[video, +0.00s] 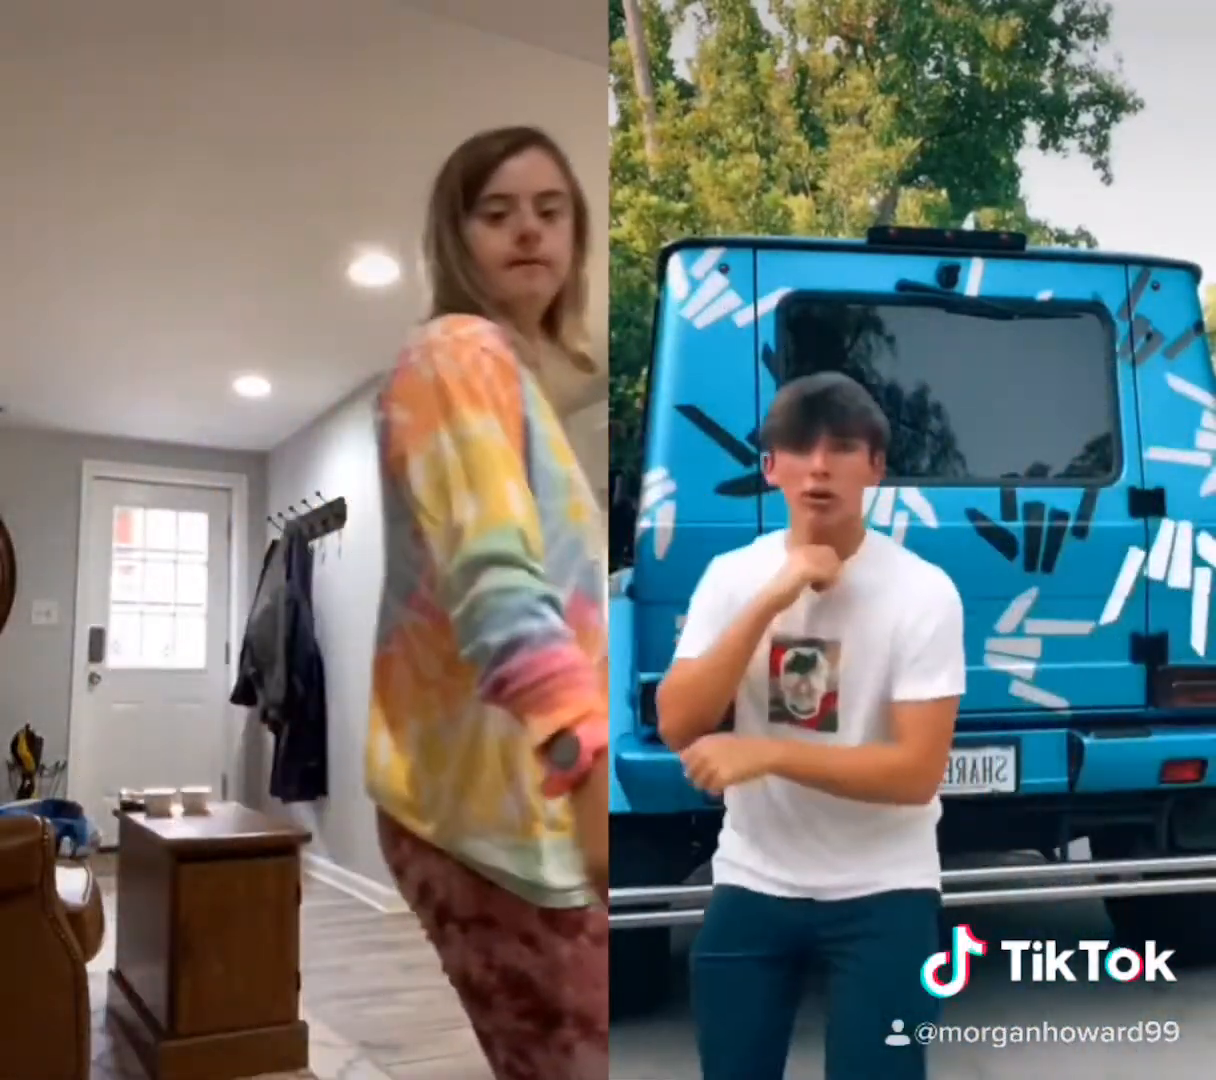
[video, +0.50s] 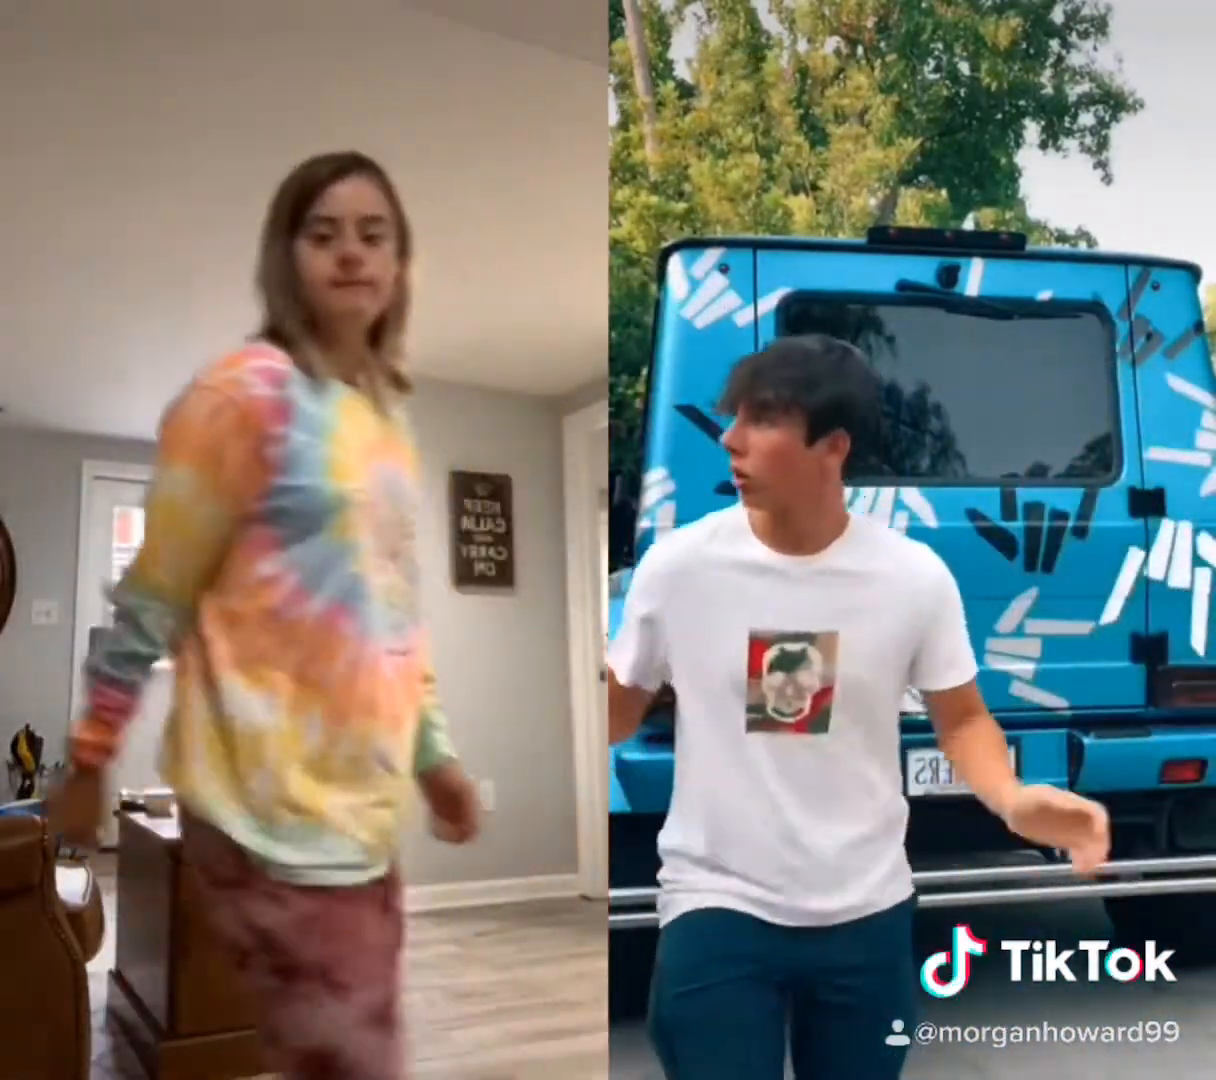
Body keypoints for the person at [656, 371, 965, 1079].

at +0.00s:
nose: (820, 466)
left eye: (841, 448)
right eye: (802, 447)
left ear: (875, 468)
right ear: (774, 467)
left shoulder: (922, 594)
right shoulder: (730, 578)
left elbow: (918, 773)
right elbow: (675, 726)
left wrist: (773, 753)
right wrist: (764, 607)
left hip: (884, 897)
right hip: (751, 892)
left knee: (874, 1068)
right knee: (733, 1068)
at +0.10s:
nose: (799, 437)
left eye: (824, 417)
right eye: (781, 417)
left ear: (862, 435)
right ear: (758, 434)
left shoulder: (913, 564)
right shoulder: (711, 547)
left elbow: (895, 745)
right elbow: (661, 713)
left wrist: (734, 749)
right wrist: (764, 614)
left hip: (873, 867)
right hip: (739, 871)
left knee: (854, 1067)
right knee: (744, 1068)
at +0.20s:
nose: (774, 446)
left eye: (799, 426)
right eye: (764, 425)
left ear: (854, 444)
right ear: (748, 437)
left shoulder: (911, 580)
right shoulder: (696, 562)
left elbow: (904, 755)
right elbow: (667, 737)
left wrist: (747, 799)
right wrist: (771, 704)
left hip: (863, 895)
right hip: (728, 897)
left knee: (827, 1067)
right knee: (736, 1069)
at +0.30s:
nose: (750, 469)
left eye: (779, 447)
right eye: (749, 447)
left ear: (845, 471)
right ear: (744, 459)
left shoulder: (912, 605)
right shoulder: (694, 592)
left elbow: (946, 769)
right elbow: (666, 754)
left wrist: (828, 851)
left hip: (863, 918)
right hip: (720, 917)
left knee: (845, 1067)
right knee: (706, 1064)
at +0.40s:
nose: (743, 471)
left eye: (773, 451)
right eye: (745, 450)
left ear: (843, 478)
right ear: (742, 460)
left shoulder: (914, 605)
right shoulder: (686, 596)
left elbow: (973, 741)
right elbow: (628, 727)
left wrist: (951, 835)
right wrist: (570, 806)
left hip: (865, 924)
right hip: (717, 921)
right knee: (692, 1063)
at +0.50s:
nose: (731, 441)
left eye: (760, 420)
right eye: (734, 419)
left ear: (833, 448)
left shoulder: (914, 579)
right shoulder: (677, 567)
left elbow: (962, 719)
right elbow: (614, 712)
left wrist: (1010, 797)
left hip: (865, 911)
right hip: (718, 904)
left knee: (861, 1065)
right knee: (718, 1061)